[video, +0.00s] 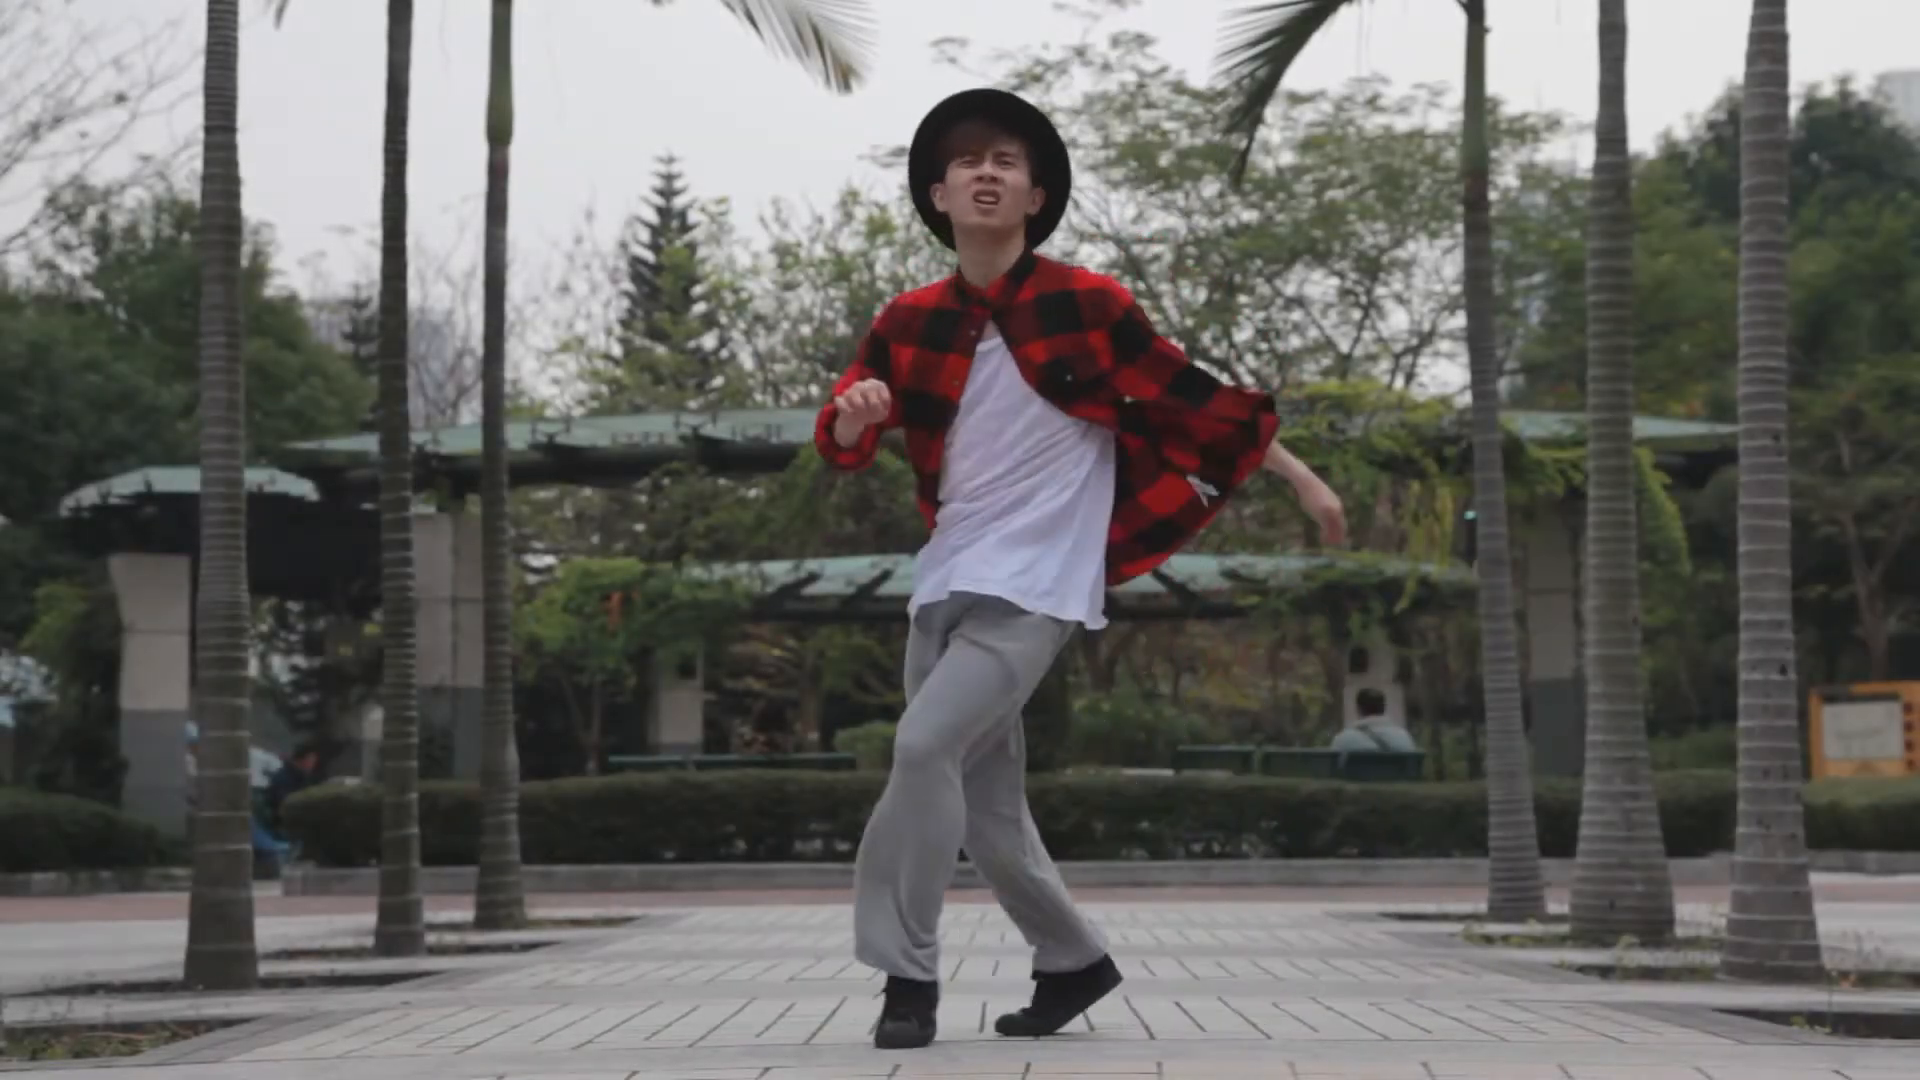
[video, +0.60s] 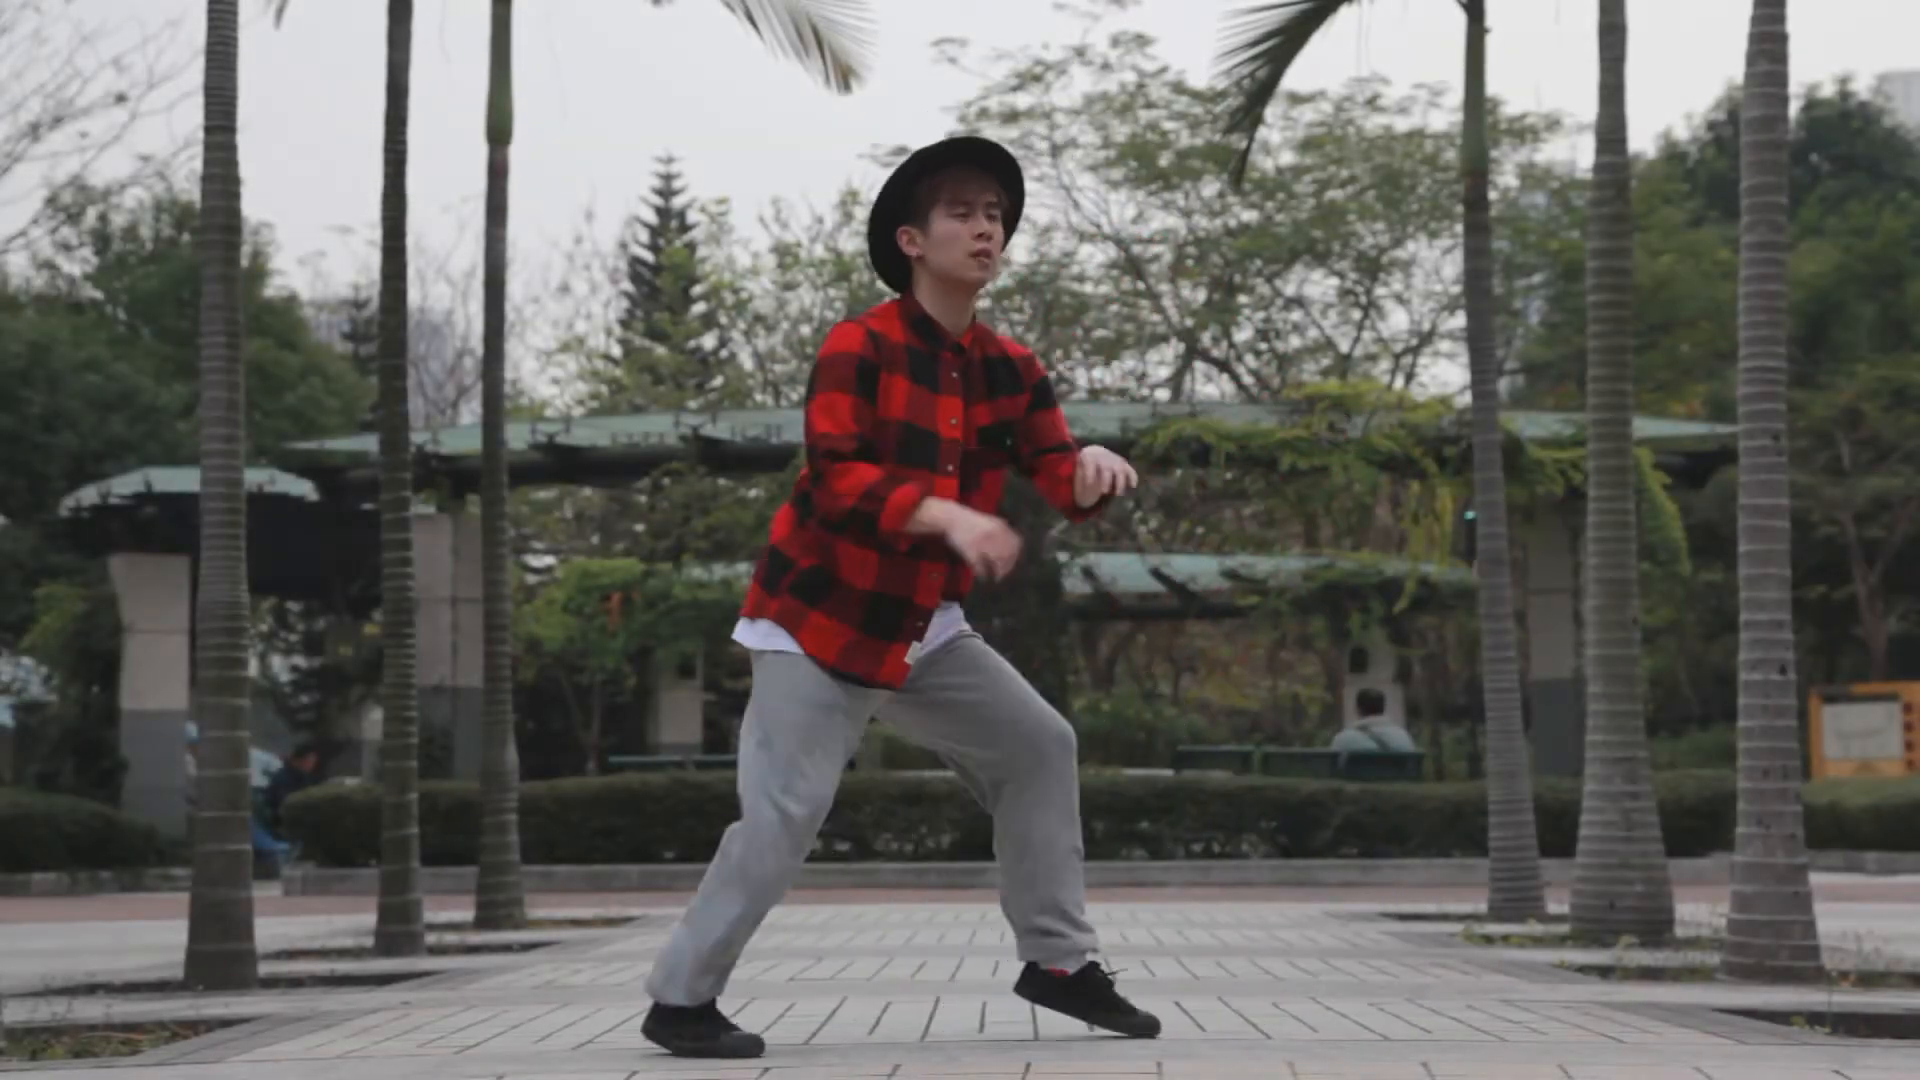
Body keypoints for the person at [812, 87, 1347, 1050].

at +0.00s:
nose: (986, 173)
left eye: (1006, 160)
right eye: (966, 159)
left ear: (1038, 193)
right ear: (934, 192)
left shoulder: (1087, 305)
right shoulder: (909, 321)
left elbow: (1193, 401)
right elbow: (841, 449)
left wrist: (1302, 477)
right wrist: (850, 419)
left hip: (1039, 586)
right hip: (944, 582)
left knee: (922, 744)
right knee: (984, 809)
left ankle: (908, 973)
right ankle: (1071, 959)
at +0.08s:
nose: (1001, 177)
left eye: (1019, 166)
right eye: (978, 166)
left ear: (1047, 199)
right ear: (944, 202)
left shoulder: (1100, 306)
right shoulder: (903, 322)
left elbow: (1210, 380)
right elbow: (854, 446)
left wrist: (1335, 436)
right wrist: (907, 468)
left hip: (1033, 566)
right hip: (929, 569)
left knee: (895, 719)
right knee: (946, 767)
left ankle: (966, 928)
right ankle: (1055, 948)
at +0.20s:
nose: (1022, 214)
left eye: (1035, 200)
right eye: (996, 200)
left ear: (1054, 227)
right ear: (955, 235)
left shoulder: (1086, 351)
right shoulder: (911, 352)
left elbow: (1181, 425)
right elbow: (928, 492)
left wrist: (1302, 420)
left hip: (1001, 595)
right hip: (896, 601)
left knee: (918, 784)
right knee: (927, 813)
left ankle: (992, 980)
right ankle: (1064, 966)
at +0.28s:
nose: (1037, 217)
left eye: (1046, 205)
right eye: (1012, 201)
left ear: (1057, 232)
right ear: (961, 232)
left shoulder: (1059, 357)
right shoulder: (908, 347)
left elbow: (1127, 466)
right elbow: (938, 488)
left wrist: (1212, 427)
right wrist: (1066, 512)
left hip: (993, 598)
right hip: (887, 612)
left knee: (951, 774)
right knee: (905, 827)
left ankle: (996, 991)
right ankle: (1022, 940)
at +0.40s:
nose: (1033, 194)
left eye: (1038, 184)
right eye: (1007, 180)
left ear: (1048, 212)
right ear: (956, 214)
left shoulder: (1045, 339)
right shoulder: (903, 320)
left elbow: (1139, 447)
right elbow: (931, 452)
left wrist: (1135, 410)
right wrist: (1032, 390)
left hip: (979, 576)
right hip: (875, 570)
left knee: (988, 761)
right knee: (899, 707)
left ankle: (1009, 976)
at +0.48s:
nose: (1022, 205)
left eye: (1028, 193)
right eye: (997, 188)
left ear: (1035, 223)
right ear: (943, 217)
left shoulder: (1035, 343)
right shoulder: (889, 323)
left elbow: (1148, 444)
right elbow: (903, 441)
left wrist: (1124, 402)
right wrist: (1005, 385)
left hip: (951, 584)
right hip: (848, 572)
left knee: (993, 769)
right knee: (869, 738)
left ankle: (1040, 986)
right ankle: (781, 908)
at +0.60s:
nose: (984, 231)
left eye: (997, 217)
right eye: (961, 213)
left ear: (1008, 240)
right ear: (910, 238)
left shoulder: (1012, 366)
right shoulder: (858, 348)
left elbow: (1059, 479)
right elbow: (833, 476)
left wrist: (1092, 473)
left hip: (918, 627)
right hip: (813, 623)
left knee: (1040, 746)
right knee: (784, 815)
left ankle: (1056, 962)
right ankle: (681, 999)